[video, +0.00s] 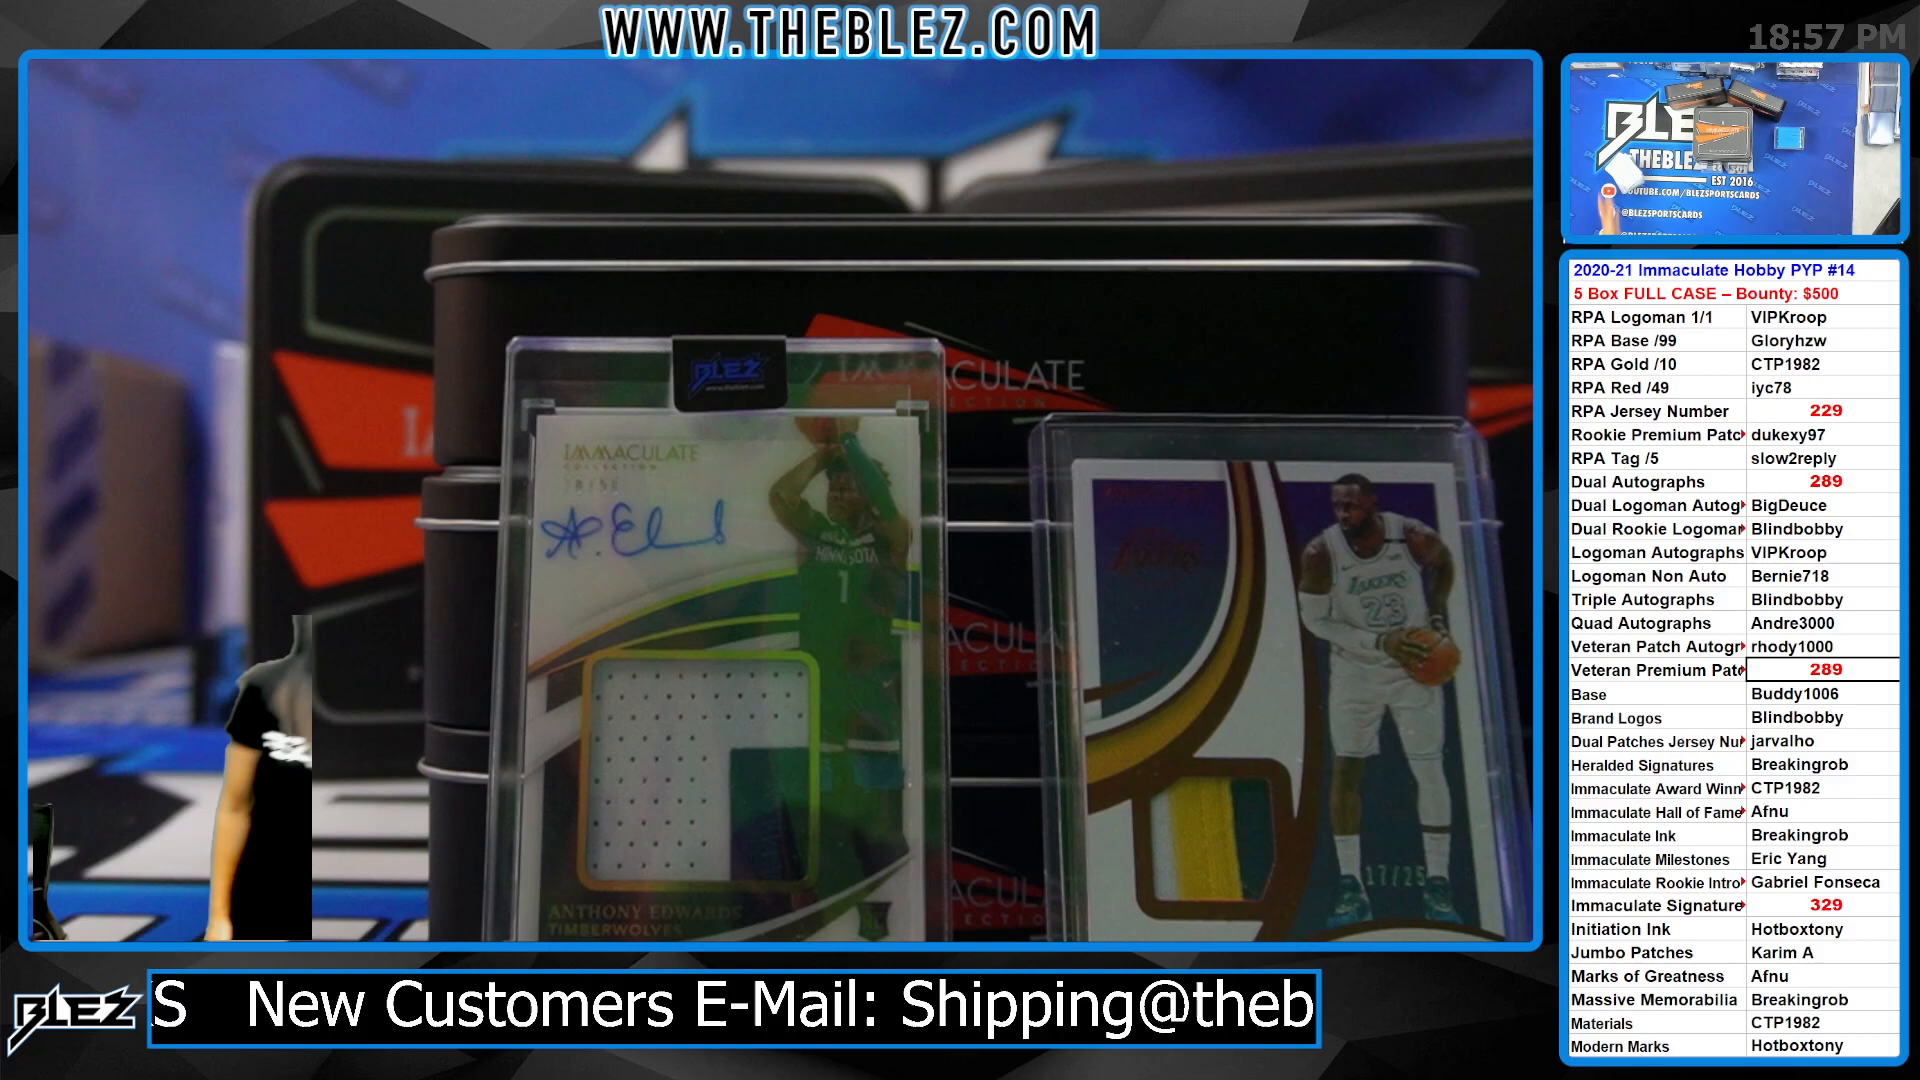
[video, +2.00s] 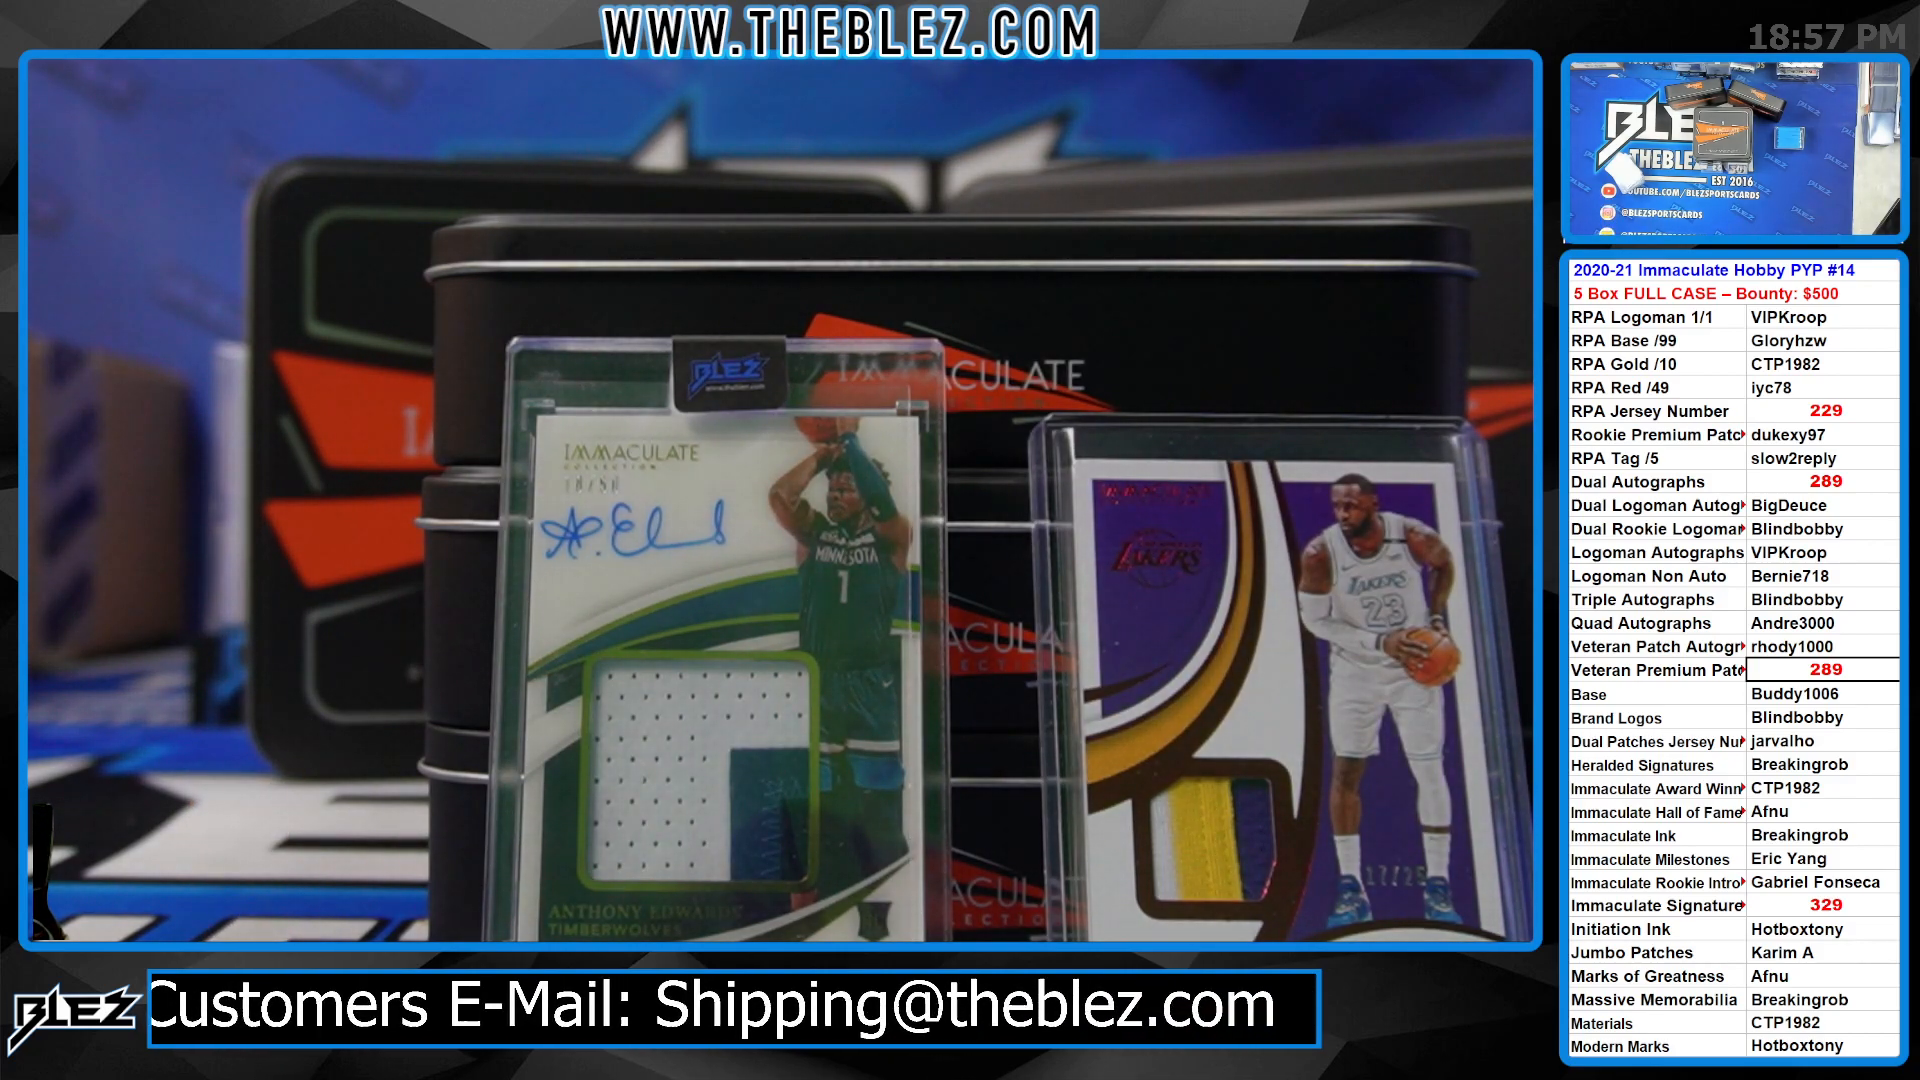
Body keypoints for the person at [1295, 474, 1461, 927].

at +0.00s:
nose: (1344, 514)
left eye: (1351, 505)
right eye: (1338, 506)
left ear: (1373, 504)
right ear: (1332, 509)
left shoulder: (1413, 536)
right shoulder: (1320, 554)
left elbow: (1444, 565)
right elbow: (1315, 621)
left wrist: (1436, 618)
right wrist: (1378, 642)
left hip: (1414, 673)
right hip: (1354, 675)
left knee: (1430, 771)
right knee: (1348, 773)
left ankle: (1438, 882)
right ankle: (1350, 886)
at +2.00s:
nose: (1343, 514)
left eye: (1351, 505)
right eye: (1337, 506)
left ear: (1373, 505)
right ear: (1333, 509)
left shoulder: (1414, 537)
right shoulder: (1319, 555)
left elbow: (1444, 565)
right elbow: (1315, 621)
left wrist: (1436, 616)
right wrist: (1379, 641)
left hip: (1414, 673)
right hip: (1354, 675)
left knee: (1430, 772)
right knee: (1347, 773)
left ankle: (1438, 885)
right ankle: (1350, 888)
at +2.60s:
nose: (1342, 514)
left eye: (1351, 505)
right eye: (1337, 506)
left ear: (1373, 505)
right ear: (1332, 509)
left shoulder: (1413, 536)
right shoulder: (1319, 555)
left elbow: (1445, 565)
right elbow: (1315, 621)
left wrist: (1436, 617)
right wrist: (1379, 642)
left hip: (1414, 673)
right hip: (1354, 674)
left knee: (1430, 771)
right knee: (1348, 773)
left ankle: (1438, 884)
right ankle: (1350, 888)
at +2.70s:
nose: (1342, 514)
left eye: (1351, 505)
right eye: (1337, 506)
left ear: (1373, 505)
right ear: (1332, 509)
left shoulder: (1413, 536)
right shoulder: (1319, 555)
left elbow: (1444, 565)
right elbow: (1315, 621)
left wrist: (1436, 617)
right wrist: (1379, 642)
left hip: (1414, 673)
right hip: (1354, 674)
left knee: (1430, 771)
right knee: (1348, 773)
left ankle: (1438, 884)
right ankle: (1350, 888)